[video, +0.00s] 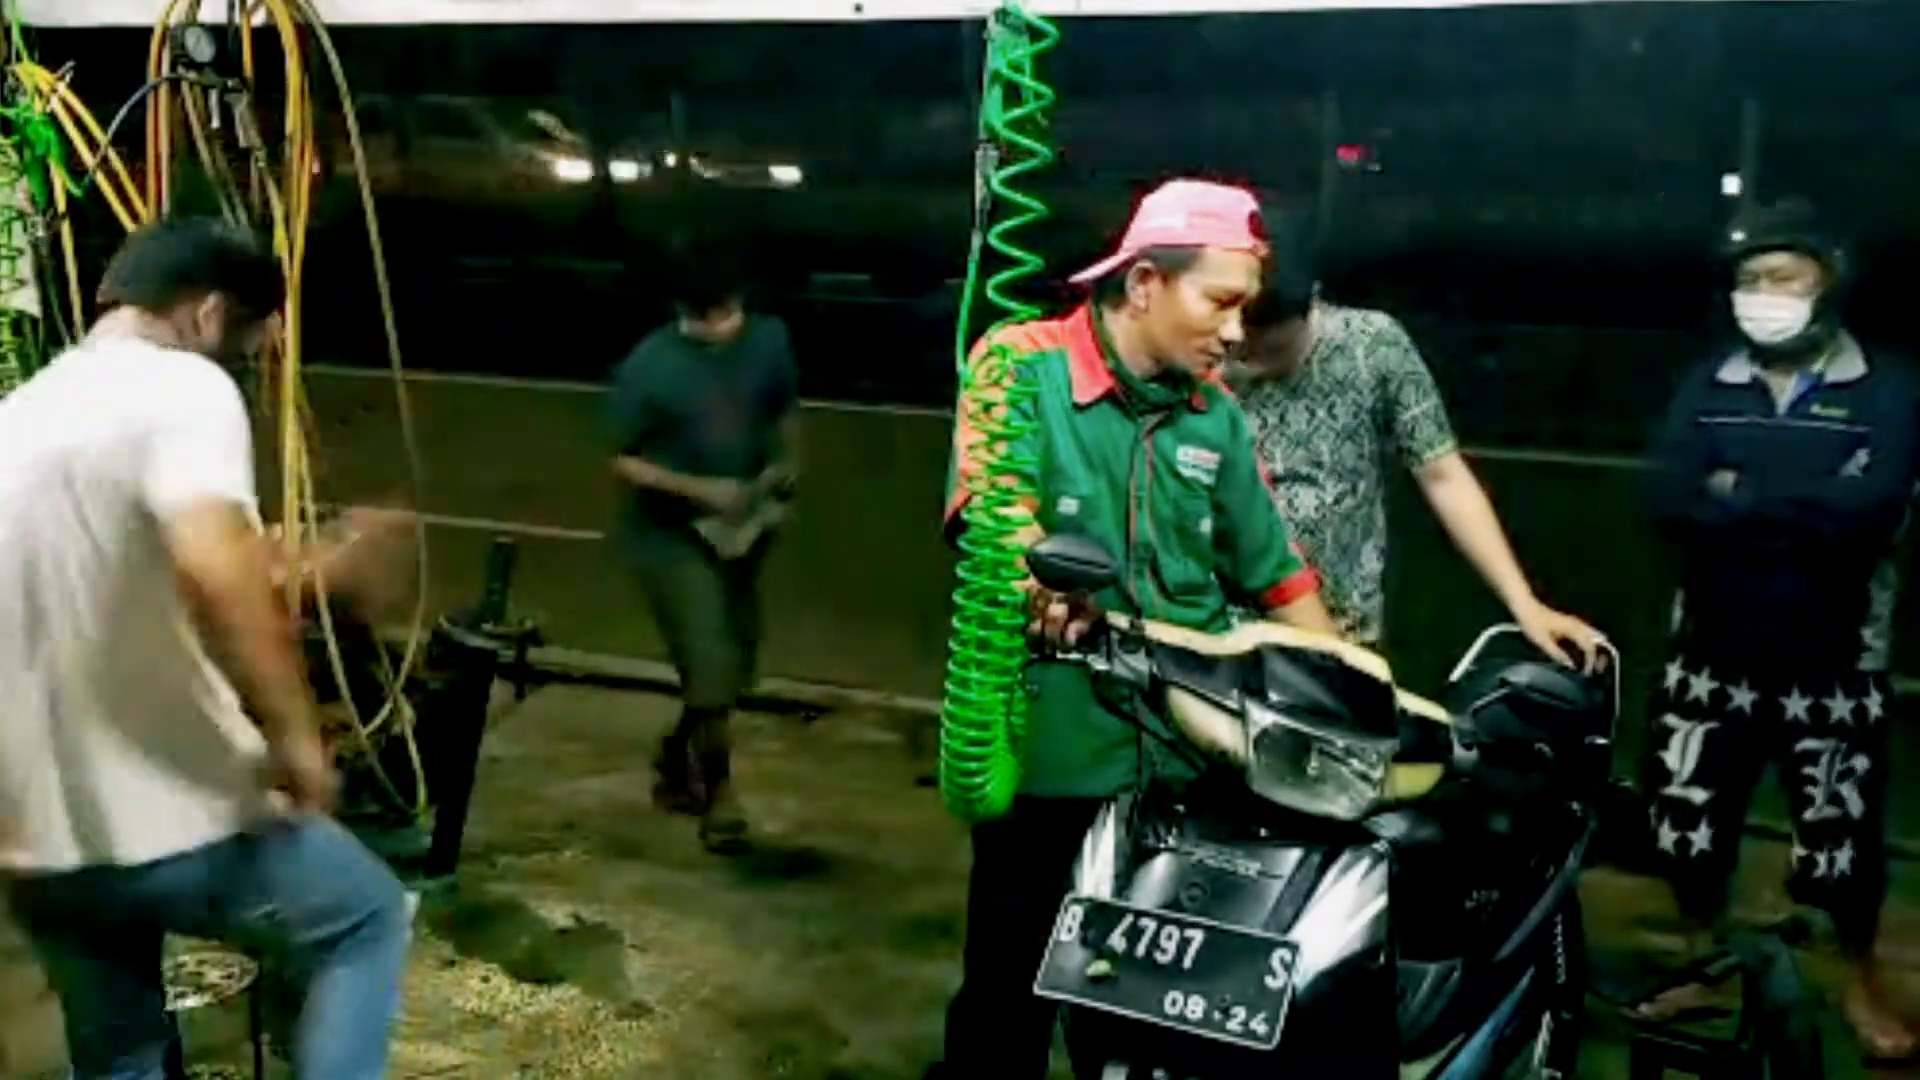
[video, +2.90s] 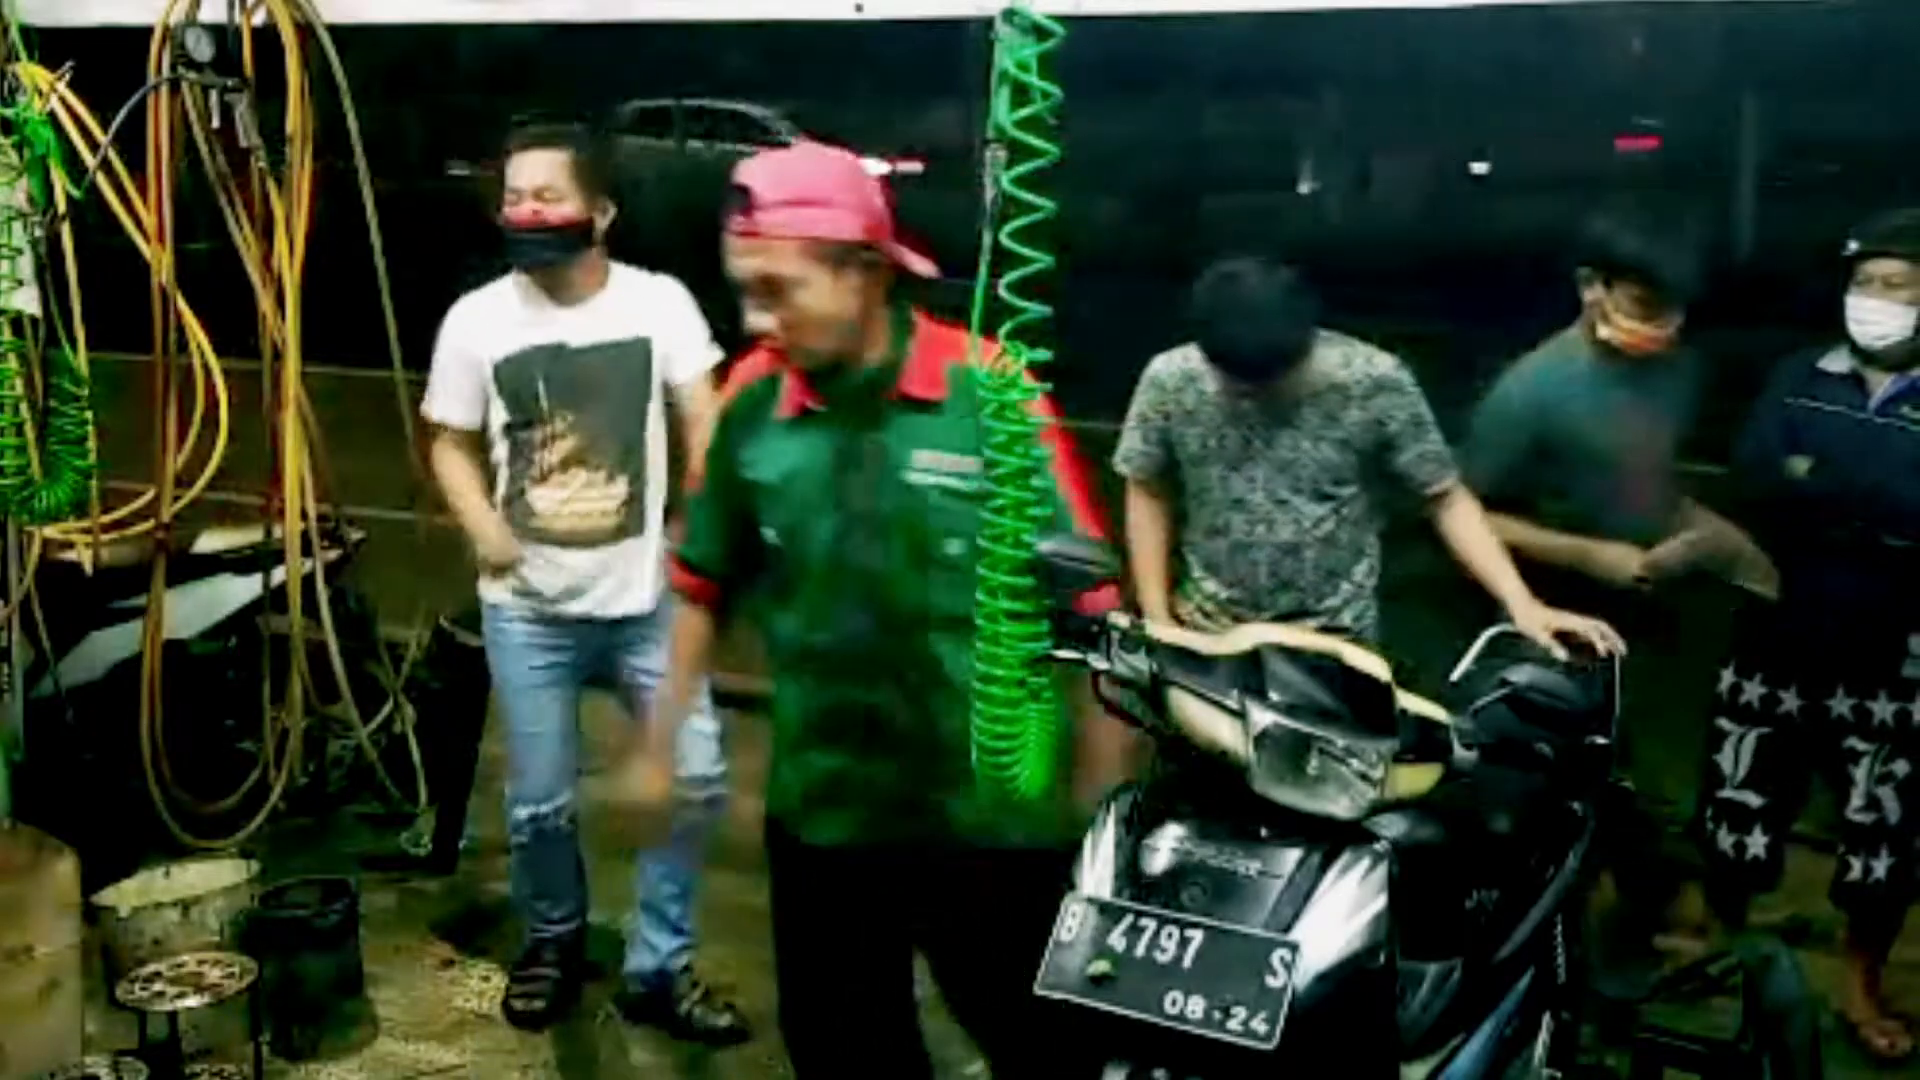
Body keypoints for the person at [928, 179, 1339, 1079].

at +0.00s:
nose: (1233, 329)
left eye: (1243, 310)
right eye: (1220, 302)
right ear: (1146, 283)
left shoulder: (1217, 420)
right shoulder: (1019, 366)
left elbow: (1283, 581)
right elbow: (987, 505)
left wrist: (1342, 696)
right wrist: (1043, 592)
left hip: (1185, 761)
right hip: (1046, 758)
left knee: (1155, 1015)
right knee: (1005, 1014)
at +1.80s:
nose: (1119, 305)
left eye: (1148, 281)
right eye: (1099, 277)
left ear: (1196, 289)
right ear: (1070, 276)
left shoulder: (1216, 414)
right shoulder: (1014, 372)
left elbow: (1286, 585)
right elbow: (974, 518)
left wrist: (1341, 701)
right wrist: (1030, 577)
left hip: (1184, 756)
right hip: (1042, 754)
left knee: (1155, 1015)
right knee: (996, 1015)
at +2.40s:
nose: (992, 334)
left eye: (1018, 310)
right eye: (974, 307)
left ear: (1089, 303)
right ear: (954, 300)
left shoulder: (1154, 410)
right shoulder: (922, 401)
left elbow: (1259, 596)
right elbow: (899, 586)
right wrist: (1019, 627)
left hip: (1138, 753)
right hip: (979, 753)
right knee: (905, 1007)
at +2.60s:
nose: (903, 345)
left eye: (926, 319)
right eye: (888, 318)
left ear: (1006, 306)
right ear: (873, 308)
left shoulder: (1100, 408)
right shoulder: (861, 418)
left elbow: (1211, 586)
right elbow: (853, 616)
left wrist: (1325, 652)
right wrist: (970, 713)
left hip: (1092, 792)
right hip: (922, 790)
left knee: (1135, 1033)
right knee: (863, 1039)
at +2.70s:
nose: (842, 336)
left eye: (864, 311)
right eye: (829, 312)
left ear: (950, 293)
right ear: (816, 303)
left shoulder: (1054, 404)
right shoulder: (818, 420)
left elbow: (1171, 591)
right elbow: (801, 624)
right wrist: (869, 776)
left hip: (1049, 812)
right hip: (876, 809)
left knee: (1112, 1051)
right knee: (847, 1056)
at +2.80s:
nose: (781, 328)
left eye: (800, 301)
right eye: (771, 302)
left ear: (888, 288)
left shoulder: (1016, 400)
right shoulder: (779, 418)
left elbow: (1112, 577)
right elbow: (734, 610)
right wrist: (742, 779)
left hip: (1011, 817)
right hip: (840, 819)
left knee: (1071, 1054)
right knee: (843, 1058)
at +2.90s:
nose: (757, 321)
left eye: (776, 293)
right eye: (746, 296)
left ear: (864, 275)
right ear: (741, 284)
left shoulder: (990, 396)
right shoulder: (750, 411)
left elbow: (1090, 602)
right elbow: (699, 588)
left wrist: (1101, 799)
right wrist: (658, 740)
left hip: (990, 819)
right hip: (826, 820)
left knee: (1039, 1046)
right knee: (844, 1054)